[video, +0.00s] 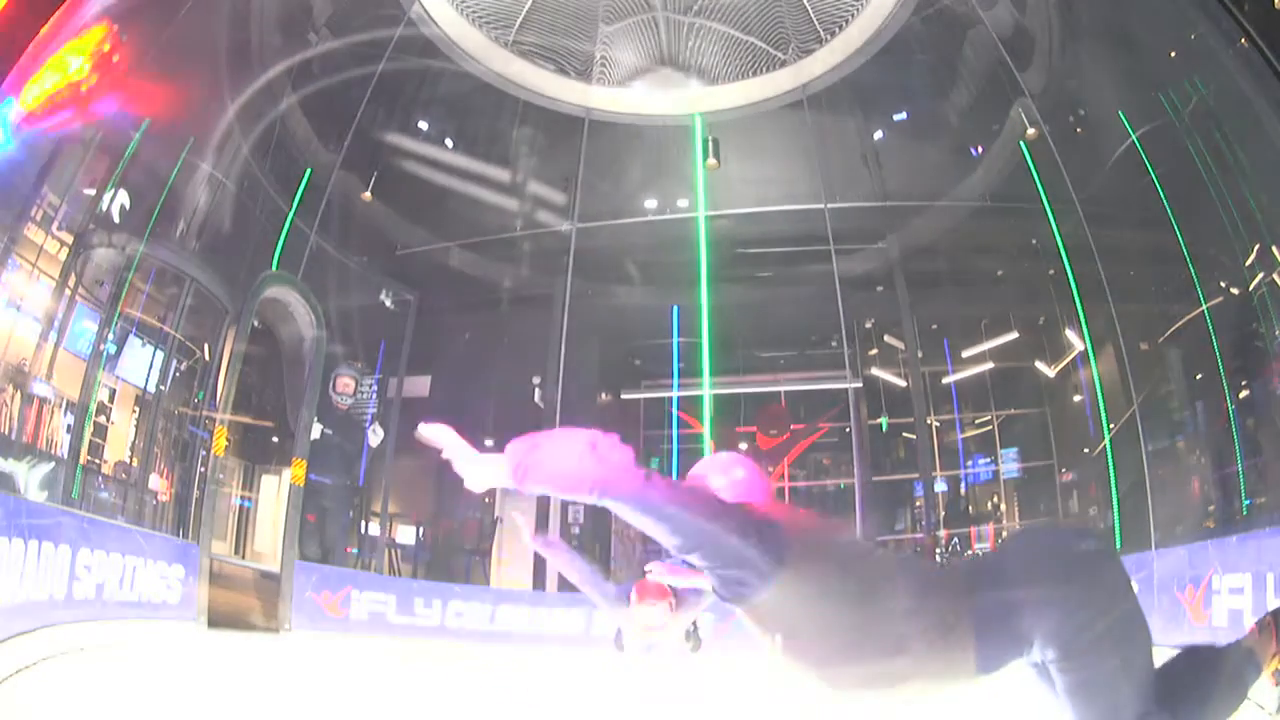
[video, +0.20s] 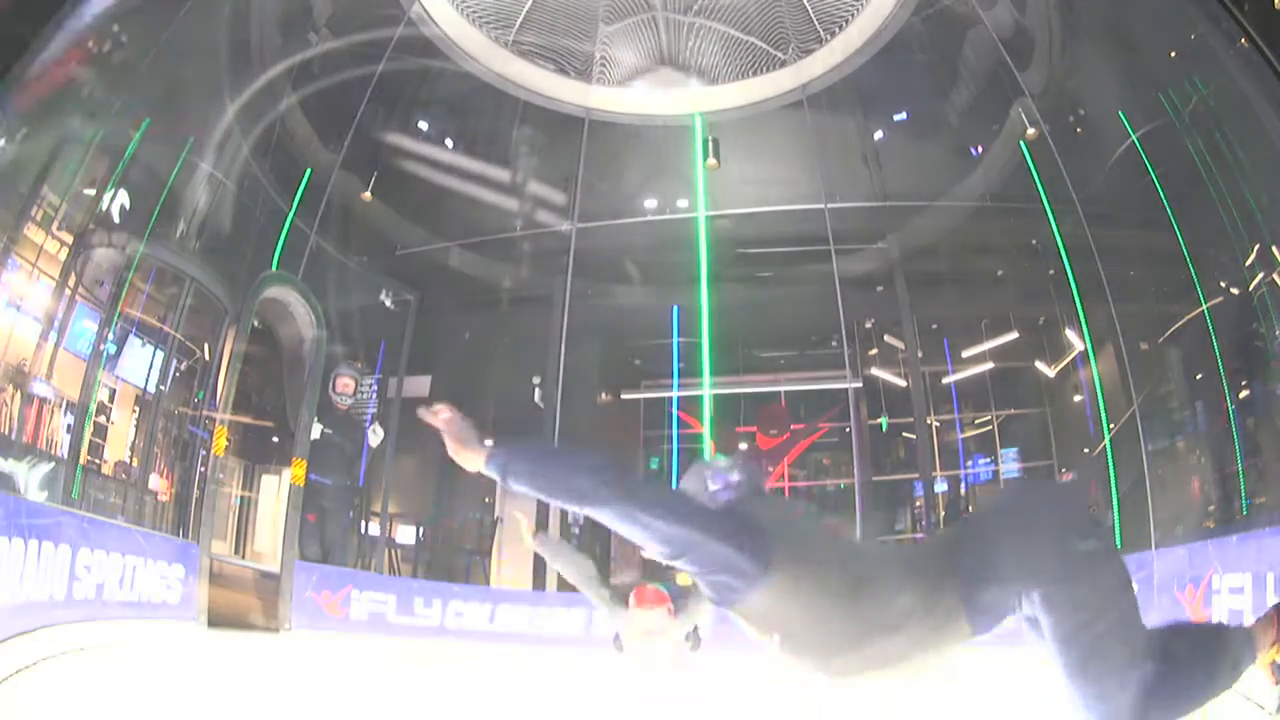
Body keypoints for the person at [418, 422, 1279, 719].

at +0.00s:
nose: (675, 563)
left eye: (681, 540)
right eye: (673, 551)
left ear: (717, 520)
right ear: (730, 516)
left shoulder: (767, 553)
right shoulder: (749, 589)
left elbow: (621, 483)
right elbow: (608, 591)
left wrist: (492, 464)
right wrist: (532, 530)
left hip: (1055, 590)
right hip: (1028, 599)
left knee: (1134, 711)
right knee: (1129, 701)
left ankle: (1261, 646)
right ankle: (1256, 645)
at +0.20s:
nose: (651, 601)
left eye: (640, 590)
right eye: (639, 599)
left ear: (649, 569)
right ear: (648, 584)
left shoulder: (736, 554)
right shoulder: (742, 598)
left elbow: (609, 489)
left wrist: (483, 450)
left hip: (1027, 542)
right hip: (1012, 557)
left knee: (1120, 693)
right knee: (1122, 683)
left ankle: (1256, 642)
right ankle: (1253, 640)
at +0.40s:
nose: (659, 590)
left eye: (657, 583)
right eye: (654, 591)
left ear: (671, 541)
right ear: (664, 593)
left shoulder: (742, 531)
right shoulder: (728, 598)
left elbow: (591, 457)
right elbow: (611, 604)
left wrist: (500, 458)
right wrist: (540, 531)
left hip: (1006, 509)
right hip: (991, 546)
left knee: (1125, 666)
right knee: (1120, 645)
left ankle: (1258, 633)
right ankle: (1251, 632)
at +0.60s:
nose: (645, 547)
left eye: (644, 532)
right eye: (644, 552)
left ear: (663, 509)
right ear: (664, 568)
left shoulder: (703, 501)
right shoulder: (717, 593)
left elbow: (613, 408)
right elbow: (622, 603)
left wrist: (527, 410)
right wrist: (555, 554)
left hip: (980, 488)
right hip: (968, 545)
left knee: (1114, 629)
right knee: (1108, 618)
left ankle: (1257, 616)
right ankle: (1249, 618)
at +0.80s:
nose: (644, 534)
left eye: (644, 515)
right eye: (644, 541)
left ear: (662, 494)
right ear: (658, 562)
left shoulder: (701, 493)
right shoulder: (707, 589)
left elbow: (628, 401)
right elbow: (608, 595)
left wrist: (544, 407)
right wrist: (545, 529)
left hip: (961, 491)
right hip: (955, 539)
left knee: (1105, 612)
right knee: (1105, 596)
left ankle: (1244, 589)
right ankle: (1241, 601)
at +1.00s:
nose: (645, 590)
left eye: (634, 585)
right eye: (636, 597)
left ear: (650, 564)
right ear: (655, 595)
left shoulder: (717, 542)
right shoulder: (737, 597)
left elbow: (616, 465)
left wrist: (488, 459)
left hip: (955, 504)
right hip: (950, 539)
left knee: (1101, 604)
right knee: (1108, 585)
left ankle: (1248, 596)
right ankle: (1243, 580)